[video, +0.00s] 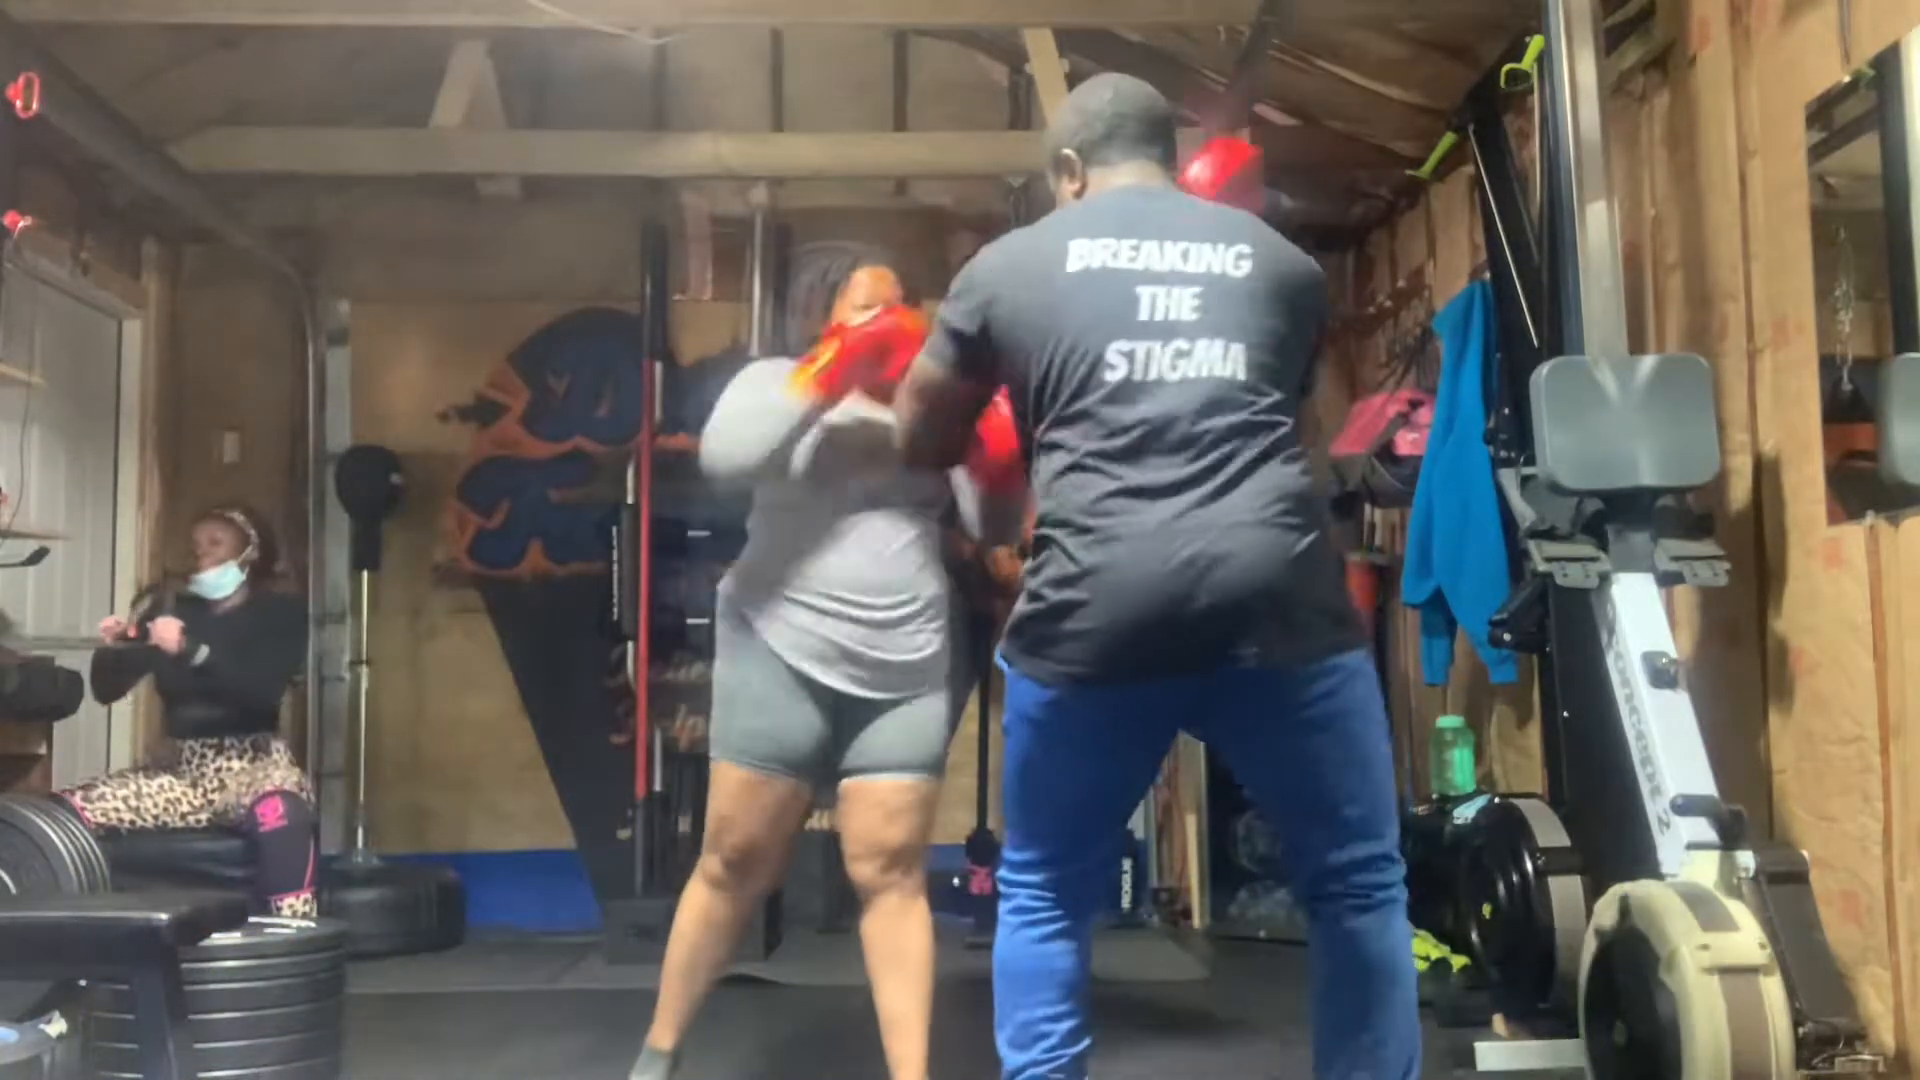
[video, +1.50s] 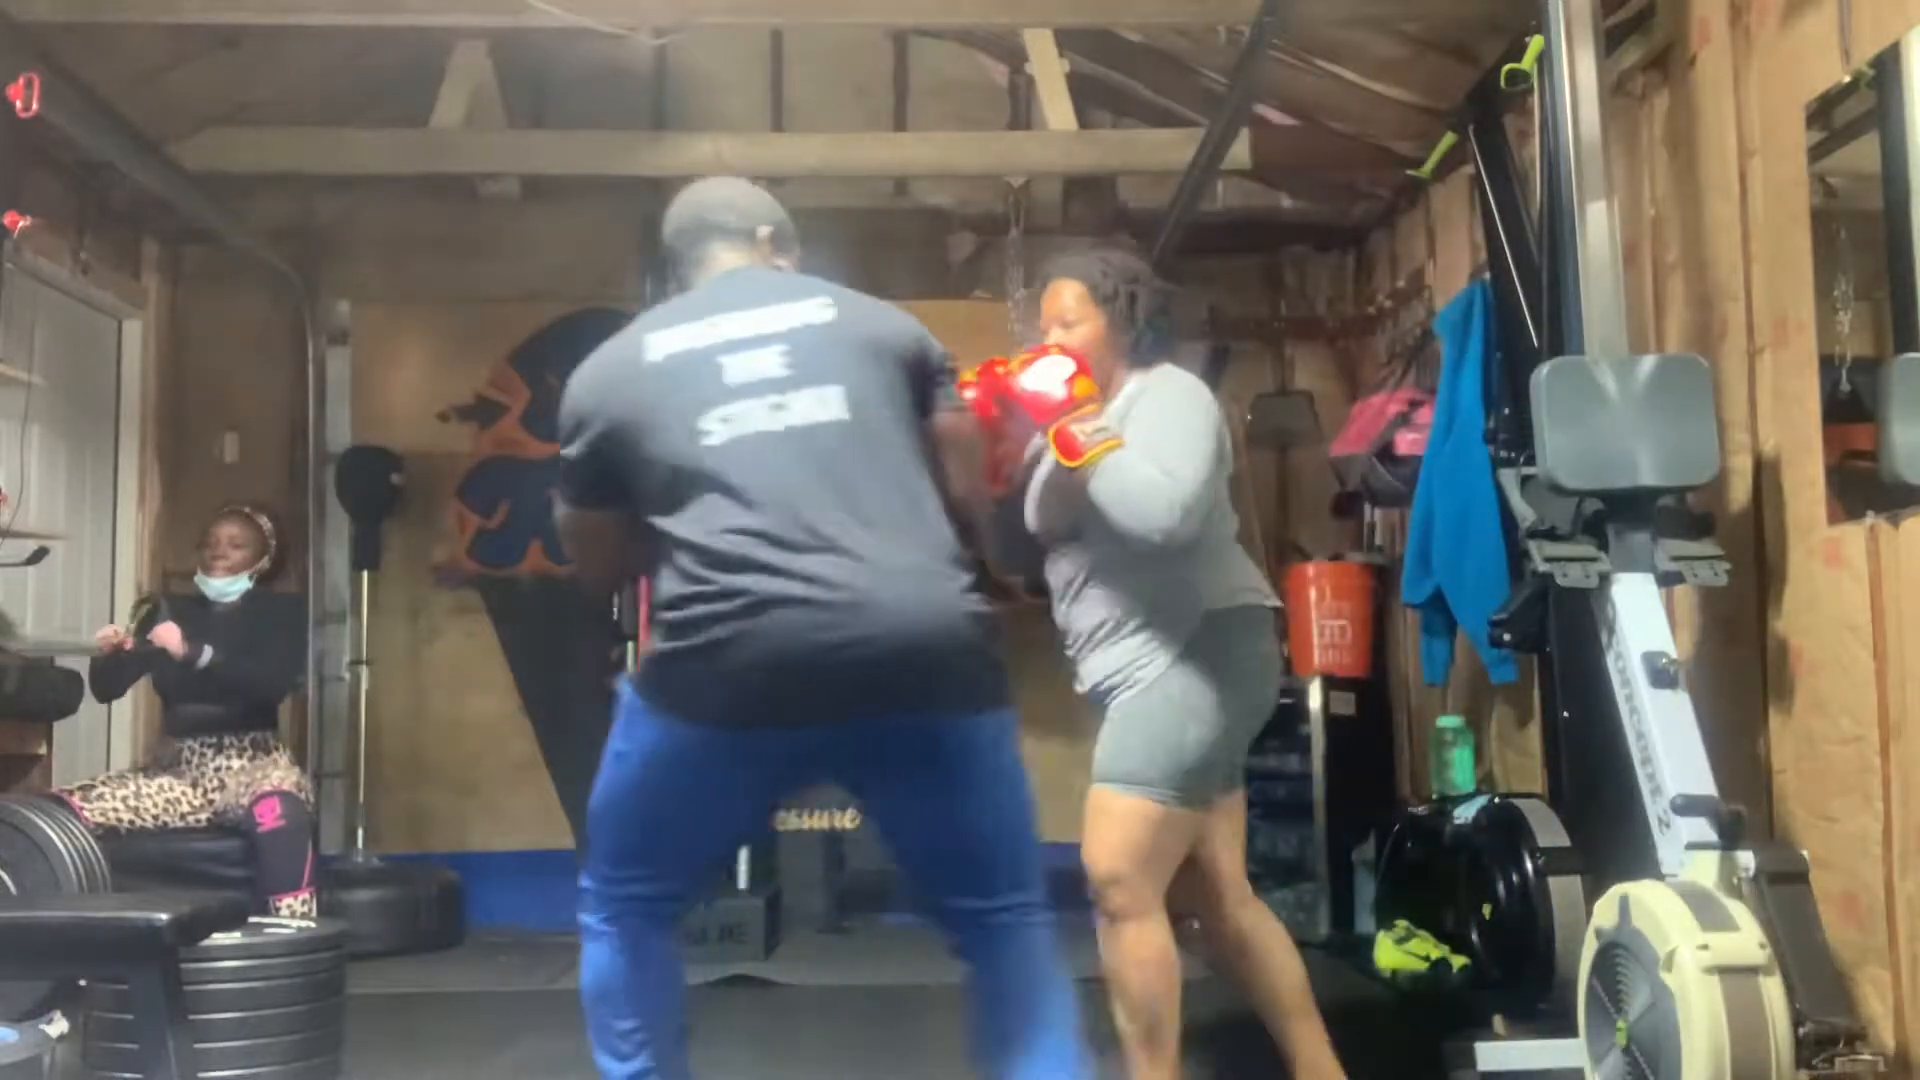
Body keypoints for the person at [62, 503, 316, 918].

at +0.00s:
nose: (203, 562)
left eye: (216, 549)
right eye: (198, 551)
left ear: (249, 555)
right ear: (191, 555)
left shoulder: (280, 612)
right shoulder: (173, 608)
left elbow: (264, 689)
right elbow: (107, 690)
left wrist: (188, 648)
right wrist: (113, 648)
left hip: (255, 774)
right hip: (178, 773)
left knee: (282, 813)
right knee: (66, 812)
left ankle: (294, 948)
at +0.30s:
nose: (207, 559)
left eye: (220, 548)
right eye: (201, 549)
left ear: (251, 555)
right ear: (194, 551)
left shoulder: (288, 620)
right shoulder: (182, 617)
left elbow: (303, 721)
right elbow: (141, 719)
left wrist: (239, 687)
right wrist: (140, 675)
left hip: (258, 774)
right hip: (180, 774)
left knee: (283, 813)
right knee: (62, 811)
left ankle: (294, 949)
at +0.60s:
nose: (209, 559)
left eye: (222, 549)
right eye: (204, 549)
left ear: (254, 556)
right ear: (196, 553)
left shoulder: (286, 619)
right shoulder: (175, 620)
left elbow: (281, 696)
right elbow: (115, 701)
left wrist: (202, 674)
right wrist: (117, 665)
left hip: (250, 773)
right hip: (174, 775)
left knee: (282, 810)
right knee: (61, 812)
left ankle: (295, 944)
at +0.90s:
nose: (214, 561)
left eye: (229, 550)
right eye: (207, 551)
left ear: (259, 560)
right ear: (198, 556)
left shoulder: (285, 621)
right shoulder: (178, 620)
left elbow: (279, 702)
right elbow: (126, 704)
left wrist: (204, 675)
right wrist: (114, 670)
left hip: (254, 772)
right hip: (174, 773)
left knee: (281, 810)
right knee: (63, 811)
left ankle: (296, 944)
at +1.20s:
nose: (216, 562)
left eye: (231, 552)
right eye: (208, 551)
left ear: (260, 560)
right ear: (199, 555)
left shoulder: (290, 624)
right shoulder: (177, 621)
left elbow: (291, 713)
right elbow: (137, 720)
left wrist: (229, 688)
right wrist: (127, 679)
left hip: (258, 770)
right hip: (175, 771)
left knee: (282, 810)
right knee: (59, 809)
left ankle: (296, 946)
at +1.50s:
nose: (217, 553)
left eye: (233, 545)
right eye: (210, 543)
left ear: (260, 560)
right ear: (201, 549)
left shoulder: (281, 611)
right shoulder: (172, 611)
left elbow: (273, 684)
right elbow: (106, 689)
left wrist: (193, 652)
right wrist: (107, 657)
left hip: (254, 769)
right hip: (175, 771)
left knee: (280, 813)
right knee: (61, 811)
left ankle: (296, 949)